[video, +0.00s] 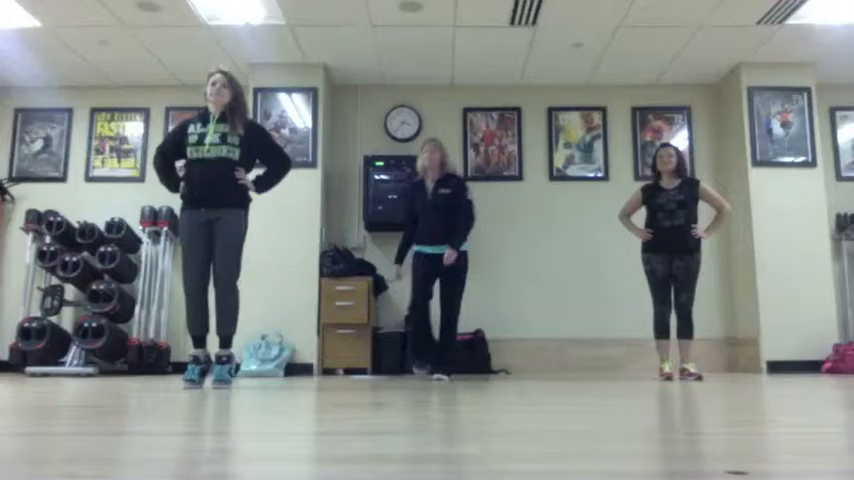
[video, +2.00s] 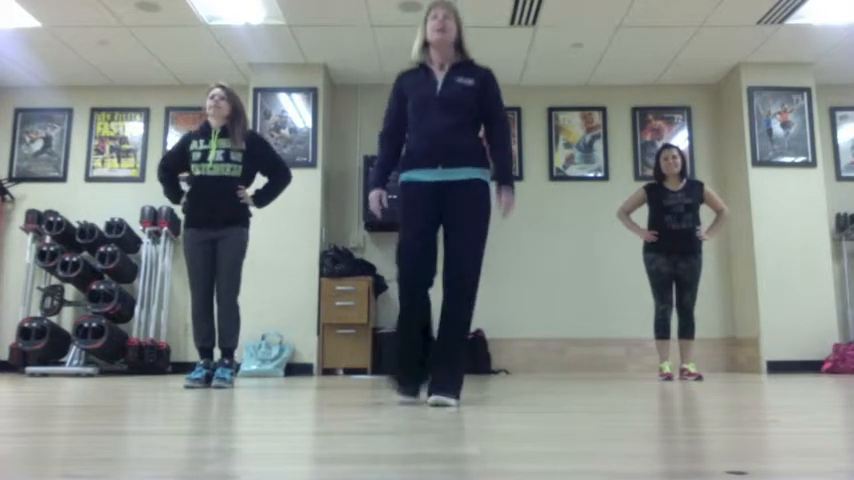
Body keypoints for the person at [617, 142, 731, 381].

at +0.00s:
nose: (666, 160)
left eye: (670, 156)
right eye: (662, 157)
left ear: (678, 160)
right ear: (655, 162)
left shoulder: (692, 186)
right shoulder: (648, 190)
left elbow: (724, 209)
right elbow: (623, 214)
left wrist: (707, 232)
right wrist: (638, 232)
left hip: (686, 253)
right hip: (656, 254)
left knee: (684, 308)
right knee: (662, 309)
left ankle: (686, 363)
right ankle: (664, 363)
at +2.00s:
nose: (671, 162)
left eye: (674, 157)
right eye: (666, 159)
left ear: (682, 161)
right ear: (659, 164)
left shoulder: (696, 188)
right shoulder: (651, 190)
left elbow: (722, 210)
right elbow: (622, 212)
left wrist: (708, 234)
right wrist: (641, 232)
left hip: (689, 253)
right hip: (659, 254)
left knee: (686, 308)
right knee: (663, 307)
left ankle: (686, 363)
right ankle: (664, 363)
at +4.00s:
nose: (644, 163)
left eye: (648, 159)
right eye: (640, 160)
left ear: (656, 163)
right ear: (634, 166)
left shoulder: (670, 190)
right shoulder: (625, 193)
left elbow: (695, 212)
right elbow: (598, 217)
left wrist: (684, 233)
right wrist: (618, 235)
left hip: (667, 253)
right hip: (638, 254)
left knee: (664, 307)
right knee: (644, 308)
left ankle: (662, 362)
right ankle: (649, 363)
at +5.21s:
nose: (635, 164)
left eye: (639, 161)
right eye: (631, 161)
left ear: (645, 166)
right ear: (622, 165)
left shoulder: (656, 194)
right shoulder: (612, 196)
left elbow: (675, 223)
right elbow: (606, 230)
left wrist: (690, 250)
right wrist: (613, 210)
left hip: (656, 255)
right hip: (626, 256)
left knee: (663, 308)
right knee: (627, 310)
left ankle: (663, 363)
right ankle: (616, 364)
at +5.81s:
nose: (638, 163)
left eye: (640, 160)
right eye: (633, 160)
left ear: (643, 166)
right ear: (622, 166)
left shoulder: (649, 194)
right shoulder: (611, 190)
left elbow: (656, 231)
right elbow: (615, 210)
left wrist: (671, 264)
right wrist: (626, 181)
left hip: (645, 256)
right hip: (619, 256)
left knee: (676, 299)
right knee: (619, 307)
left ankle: (672, 358)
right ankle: (615, 365)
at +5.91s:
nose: (647, 165)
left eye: (650, 161)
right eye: (642, 160)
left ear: (654, 166)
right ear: (634, 165)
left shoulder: (658, 201)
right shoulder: (626, 190)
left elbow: (661, 239)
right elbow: (622, 220)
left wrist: (678, 269)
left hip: (650, 257)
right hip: (626, 254)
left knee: (670, 306)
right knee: (626, 306)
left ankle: (670, 364)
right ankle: (615, 364)